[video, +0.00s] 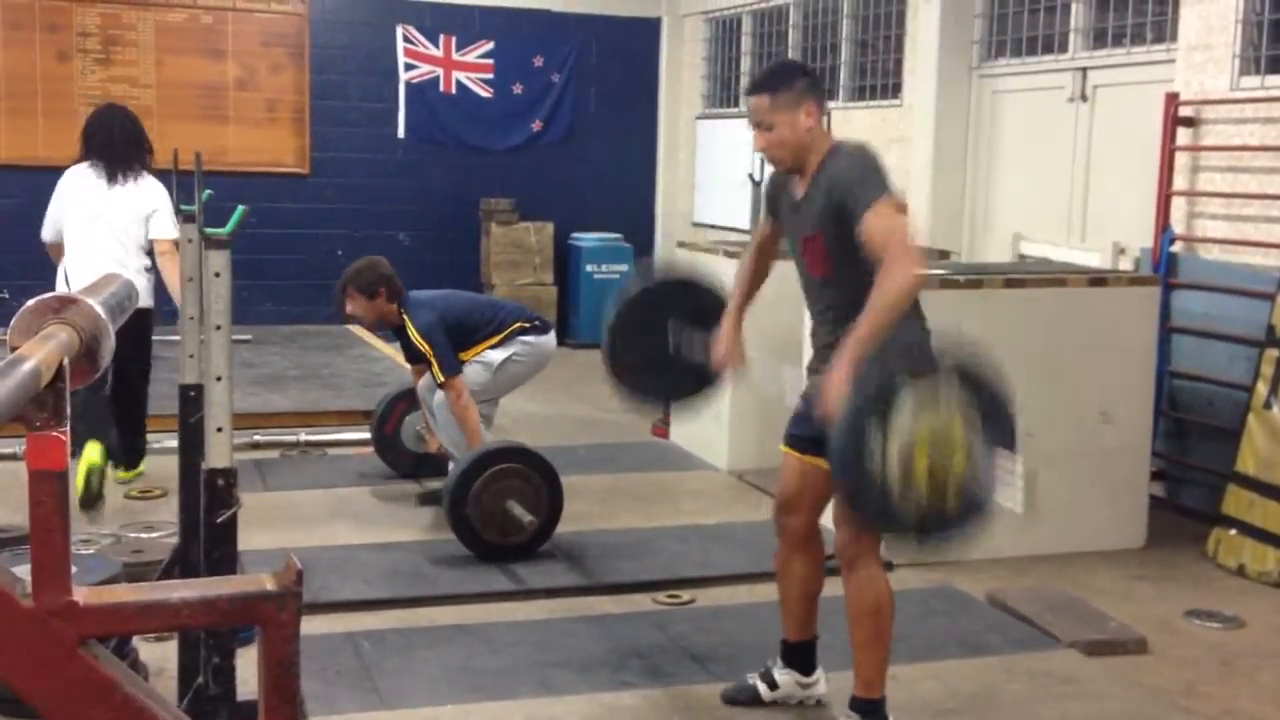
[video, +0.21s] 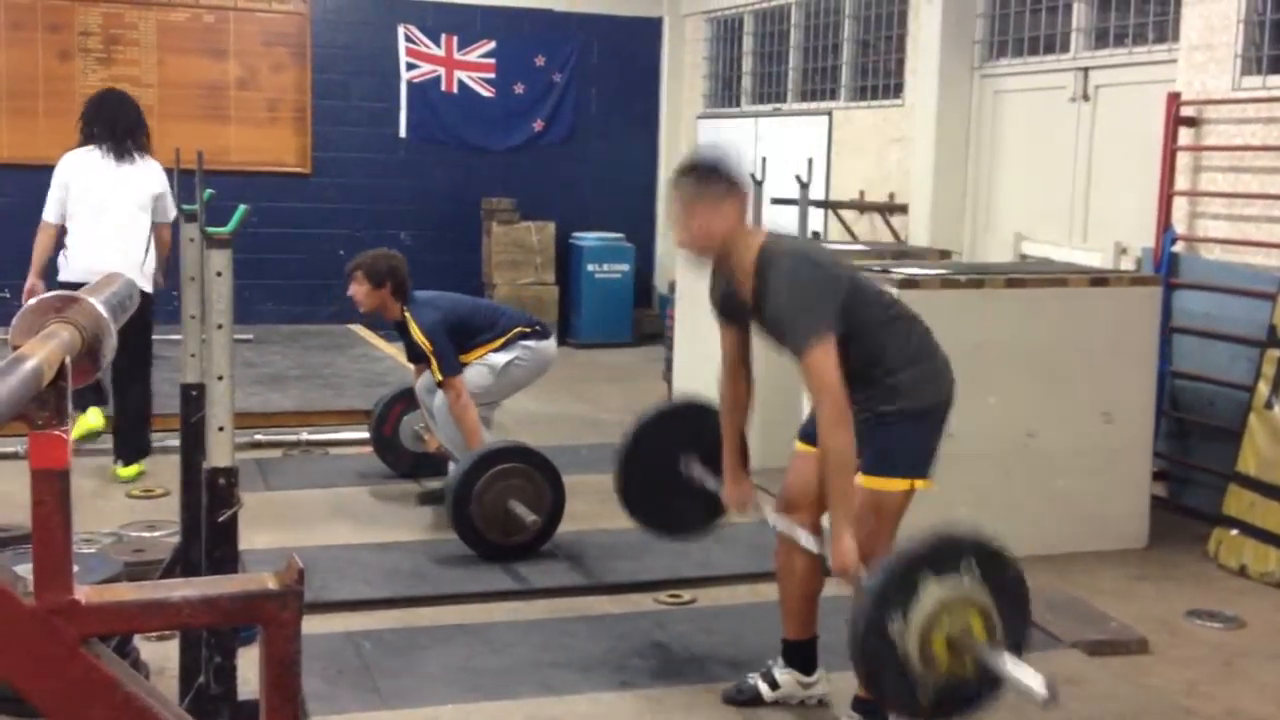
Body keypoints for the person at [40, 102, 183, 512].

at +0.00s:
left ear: (89, 139)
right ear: (137, 140)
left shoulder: (71, 178)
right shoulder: (151, 187)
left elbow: (52, 241)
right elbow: (166, 251)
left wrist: (74, 271)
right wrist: (188, 307)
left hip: (78, 300)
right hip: (131, 302)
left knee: (84, 381)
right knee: (130, 380)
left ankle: (90, 446)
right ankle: (128, 468)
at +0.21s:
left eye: (85, 118)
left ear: (88, 121)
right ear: (136, 122)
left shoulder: (71, 162)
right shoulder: (151, 169)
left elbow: (50, 225)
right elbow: (163, 232)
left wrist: (34, 272)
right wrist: (159, 270)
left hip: (78, 278)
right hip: (132, 281)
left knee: (74, 348)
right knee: (133, 368)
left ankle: (90, 408)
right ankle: (129, 459)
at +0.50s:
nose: (61, 119)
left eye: (64, 112)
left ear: (66, 116)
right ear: (105, 115)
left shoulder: (57, 155)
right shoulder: (127, 155)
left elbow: (42, 216)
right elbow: (140, 208)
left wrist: (26, 271)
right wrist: (117, 231)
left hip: (69, 268)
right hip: (122, 269)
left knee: (68, 333)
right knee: (129, 351)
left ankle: (82, 388)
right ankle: (129, 434)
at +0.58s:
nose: (47, 111)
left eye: (49, 106)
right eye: (48, 106)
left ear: (57, 107)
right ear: (93, 104)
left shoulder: (50, 147)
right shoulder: (117, 144)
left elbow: (39, 208)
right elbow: (130, 203)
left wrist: (24, 259)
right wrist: (114, 231)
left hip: (66, 259)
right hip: (117, 257)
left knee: (66, 331)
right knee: (125, 335)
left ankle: (79, 390)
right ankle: (126, 406)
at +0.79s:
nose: (35, 88)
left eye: (38, 82)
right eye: (36, 81)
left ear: (49, 85)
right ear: (80, 83)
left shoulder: (41, 124)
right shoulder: (105, 123)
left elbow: (30, 185)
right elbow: (122, 180)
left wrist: (19, 217)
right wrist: (123, 226)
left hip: (62, 235)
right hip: (108, 232)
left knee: (64, 313)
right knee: (103, 305)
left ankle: (81, 389)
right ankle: (115, 358)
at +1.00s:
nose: (20, 82)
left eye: (24, 77)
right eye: (22, 75)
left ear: (34, 81)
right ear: (67, 78)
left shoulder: (29, 122)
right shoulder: (92, 119)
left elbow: (10, 179)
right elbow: (111, 176)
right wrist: (124, 224)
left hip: (55, 235)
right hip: (97, 230)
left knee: (60, 316)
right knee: (91, 310)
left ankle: (70, 392)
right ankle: (88, 388)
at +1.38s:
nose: (2, 87)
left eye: (4, 80)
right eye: (3, 80)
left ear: (12, 82)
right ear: (41, 78)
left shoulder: (10, 122)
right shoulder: (68, 118)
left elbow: (3, 181)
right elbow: (91, 175)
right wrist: (94, 216)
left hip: (24, 232)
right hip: (67, 229)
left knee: (20, 311)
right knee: (61, 307)